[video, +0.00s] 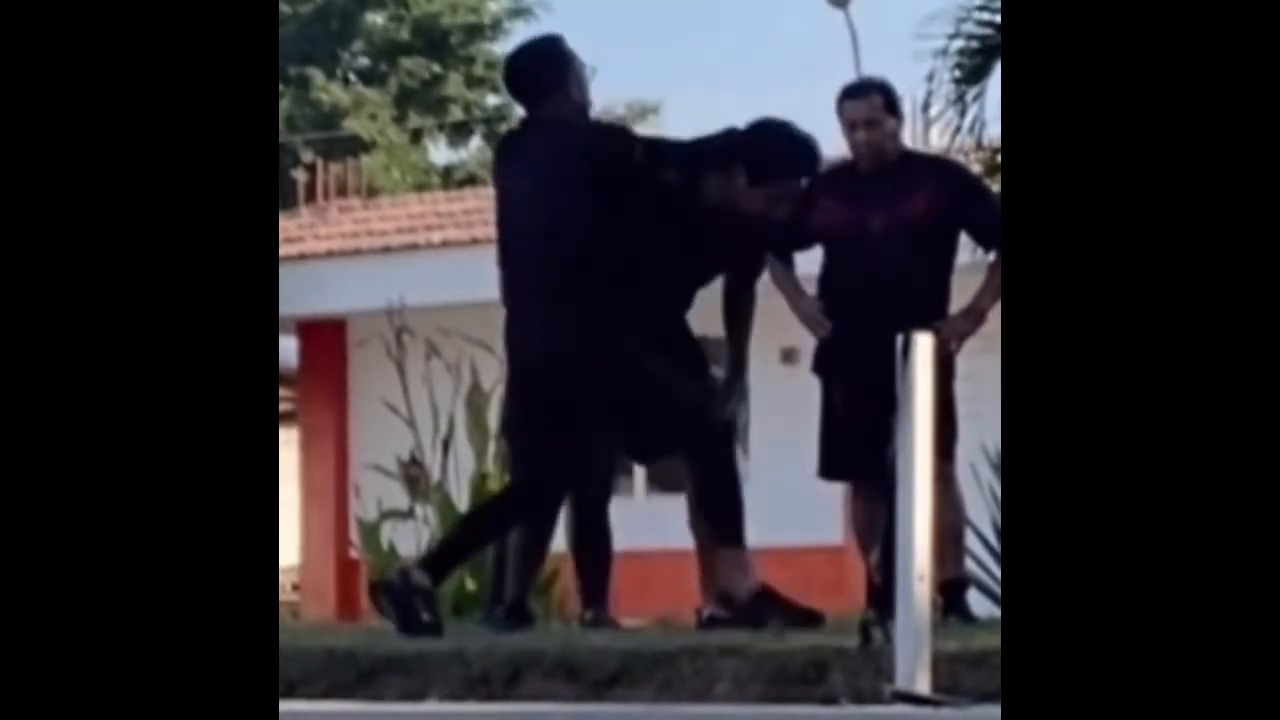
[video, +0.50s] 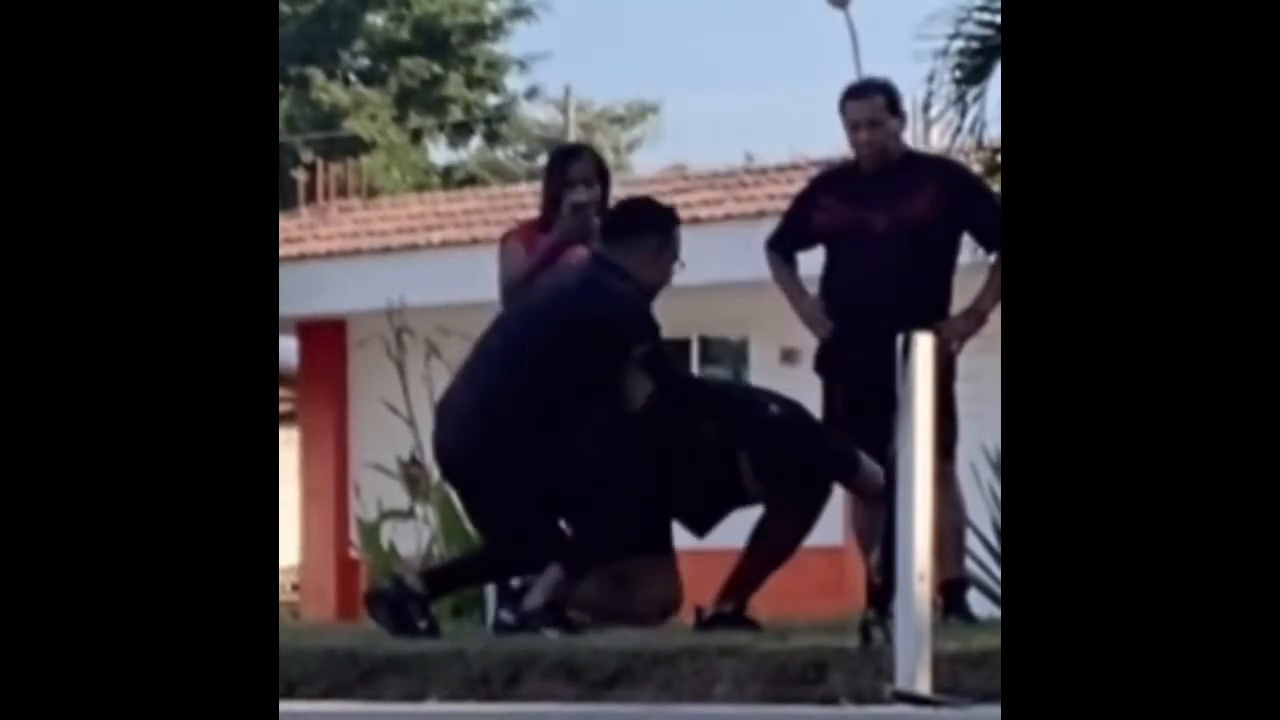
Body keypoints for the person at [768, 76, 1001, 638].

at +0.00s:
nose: (863, 137)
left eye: (873, 124)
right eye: (853, 127)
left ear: (897, 123)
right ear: (841, 132)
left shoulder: (942, 179)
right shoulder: (826, 188)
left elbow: (1001, 242)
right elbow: (774, 251)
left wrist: (971, 316)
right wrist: (813, 317)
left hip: (922, 349)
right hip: (851, 348)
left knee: (934, 473)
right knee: (865, 481)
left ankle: (951, 590)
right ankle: (878, 598)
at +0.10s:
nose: (863, 137)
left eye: (872, 124)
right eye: (852, 127)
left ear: (898, 123)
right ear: (842, 132)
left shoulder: (942, 179)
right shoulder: (826, 189)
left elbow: (999, 243)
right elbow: (772, 262)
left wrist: (974, 315)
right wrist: (813, 318)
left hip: (923, 349)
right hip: (850, 351)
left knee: (934, 472)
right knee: (865, 482)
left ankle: (952, 590)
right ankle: (879, 599)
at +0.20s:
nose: (862, 137)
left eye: (872, 124)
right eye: (852, 127)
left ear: (898, 123)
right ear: (842, 131)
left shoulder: (942, 179)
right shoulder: (829, 188)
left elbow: (1001, 243)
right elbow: (777, 249)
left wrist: (973, 315)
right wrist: (803, 317)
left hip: (921, 349)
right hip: (849, 349)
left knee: (933, 473)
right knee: (864, 481)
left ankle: (951, 589)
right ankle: (879, 597)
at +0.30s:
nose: (863, 137)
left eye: (873, 125)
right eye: (853, 127)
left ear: (899, 123)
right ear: (842, 132)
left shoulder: (943, 180)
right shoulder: (829, 188)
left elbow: (1001, 243)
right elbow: (777, 251)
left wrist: (973, 316)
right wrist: (814, 319)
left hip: (922, 348)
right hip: (851, 347)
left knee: (934, 473)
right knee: (865, 482)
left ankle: (951, 591)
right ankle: (878, 599)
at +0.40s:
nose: (863, 137)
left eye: (873, 125)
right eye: (853, 127)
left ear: (899, 123)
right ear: (843, 131)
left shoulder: (944, 180)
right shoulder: (830, 188)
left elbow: (1001, 246)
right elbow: (777, 250)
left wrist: (972, 317)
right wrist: (813, 318)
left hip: (922, 351)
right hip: (850, 350)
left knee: (933, 472)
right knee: (865, 478)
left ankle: (952, 591)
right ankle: (879, 597)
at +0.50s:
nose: (863, 137)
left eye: (873, 125)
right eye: (853, 127)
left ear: (899, 123)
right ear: (843, 131)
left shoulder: (944, 180)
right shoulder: (830, 188)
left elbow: (1002, 246)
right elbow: (778, 251)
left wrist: (972, 317)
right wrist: (814, 319)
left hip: (922, 350)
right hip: (850, 349)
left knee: (933, 473)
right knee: (864, 479)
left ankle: (952, 591)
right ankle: (878, 596)